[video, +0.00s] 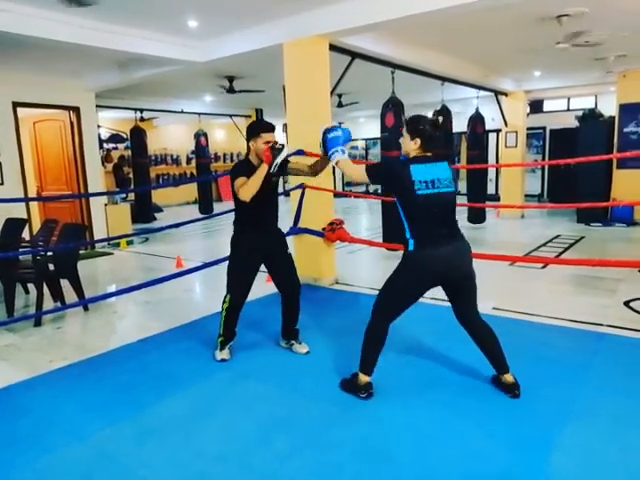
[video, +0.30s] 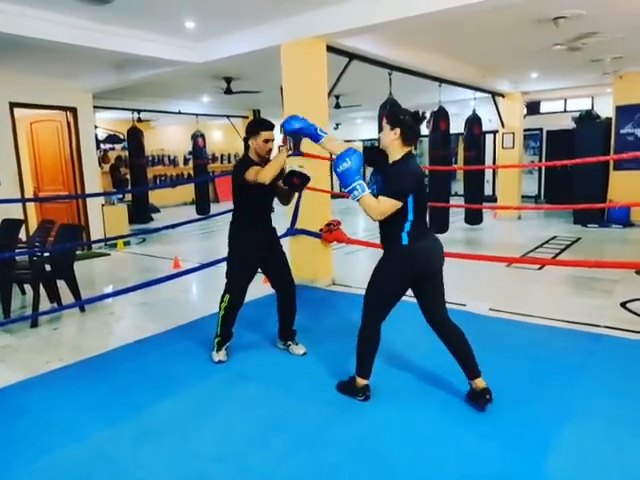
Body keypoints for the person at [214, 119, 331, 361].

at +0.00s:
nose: (271, 147)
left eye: (273, 143)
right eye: (266, 143)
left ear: (274, 144)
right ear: (251, 143)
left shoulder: (275, 164)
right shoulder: (241, 169)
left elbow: (312, 170)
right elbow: (245, 194)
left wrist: (331, 152)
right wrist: (267, 163)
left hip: (272, 239)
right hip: (246, 241)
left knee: (291, 288)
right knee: (236, 296)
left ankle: (289, 337)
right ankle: (224, 343)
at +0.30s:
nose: (271, 146)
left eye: (272, 141)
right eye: (265, 141)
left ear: (272, 142)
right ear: (251, 141)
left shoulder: (269, 166)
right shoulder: (242, 166)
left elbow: (285, 199)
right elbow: (263, 176)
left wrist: (293, 187)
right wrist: (284, 152)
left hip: (266, 236)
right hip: (243, 237)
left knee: (286, 287)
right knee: (235, 292)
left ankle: (287, 338)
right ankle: (221, 342)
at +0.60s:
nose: (283, 152)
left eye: (284, 147)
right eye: (279, 147)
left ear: (283, 148)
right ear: (264, 147)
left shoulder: (277, 172)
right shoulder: (251, 169)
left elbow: (269, 204)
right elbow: (230, 193)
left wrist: (288, 204)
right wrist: (246, 217)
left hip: (268, 238)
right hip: (244, 238)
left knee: (294, 282)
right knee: (232, 294)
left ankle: (299, 333)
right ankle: (218, 345)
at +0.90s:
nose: (324, 160)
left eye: (326, 156)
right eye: (320, 155)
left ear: (325, 155)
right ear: (306, 153)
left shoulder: (316, 180)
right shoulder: (288, 176)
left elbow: (318, 214)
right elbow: (255, 196)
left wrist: (329, 204)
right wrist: (224, 219)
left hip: (295, 237)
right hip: (275, 238)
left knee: (316, 284)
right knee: (264, 292)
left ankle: (309, 333)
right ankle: (227, 340)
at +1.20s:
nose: (339, 148)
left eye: (342, 143)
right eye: (334, 143)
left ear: (345, 143)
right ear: (323, 143)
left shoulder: (344, 170)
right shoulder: (307, 170)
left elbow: (351, 202)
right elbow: (285, 197)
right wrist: (276, 225)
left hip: (328, 226)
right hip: (305, 227)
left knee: (315, 276)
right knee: (323, 278)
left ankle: (306, 329)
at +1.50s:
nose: (350, 147)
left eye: (349, 142)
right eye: (348, 142)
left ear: (317, 143)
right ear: (340, 144)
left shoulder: (300, 177)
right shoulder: (352, 175)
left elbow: (301, 216)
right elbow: (367, 214)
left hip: (303, 268)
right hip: (341, 270)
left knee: (297, 325)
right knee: (369, 345)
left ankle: (264, 382)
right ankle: (371, 428)